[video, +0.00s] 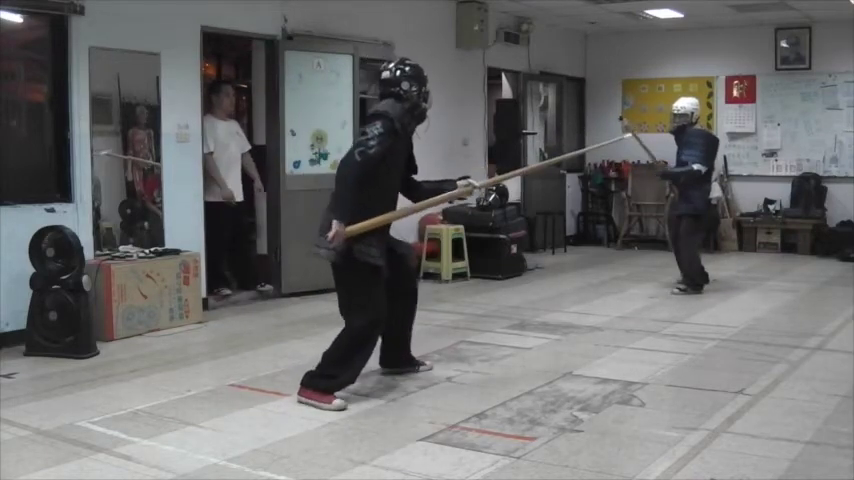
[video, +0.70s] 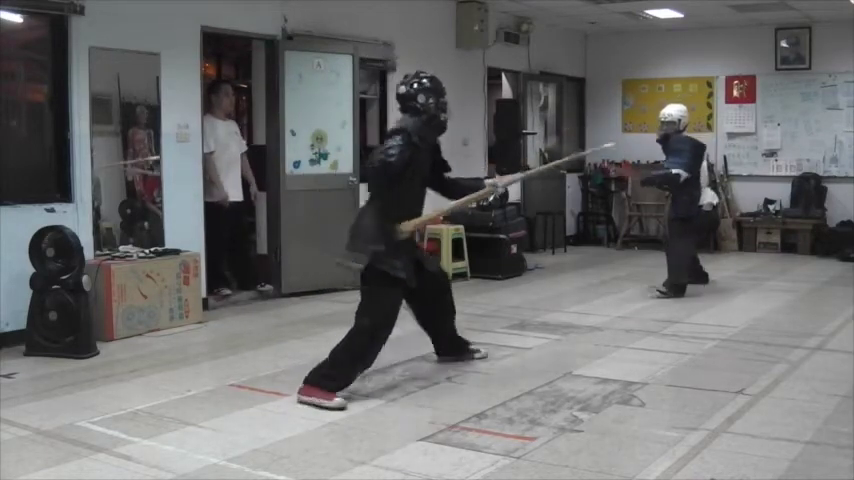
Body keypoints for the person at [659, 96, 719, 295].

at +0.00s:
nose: (676, 120)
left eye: (681, 116)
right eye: (675, 116)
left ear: (692, 117)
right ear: (673, 115)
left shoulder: (698, 137)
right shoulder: (684, 138)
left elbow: (698, 170)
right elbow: (686, 168)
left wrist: (668, 173)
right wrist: (669, 169)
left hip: (695, 196)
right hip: (684, 195)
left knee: (685, 235)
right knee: (678, 234)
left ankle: (694, 281)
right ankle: (693, 275)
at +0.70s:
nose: (665, 128)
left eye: (670, 124)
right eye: (663, 124)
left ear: (680, 125)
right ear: (661, 123)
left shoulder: (686, 144)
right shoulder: (671, 144)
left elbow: (678, 175)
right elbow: (672, 171)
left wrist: (653, 179)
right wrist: (661, 178)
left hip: (690, 200)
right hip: (682, 198)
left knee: (678, 238)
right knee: (678, 236)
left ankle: (676, 285)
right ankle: (696, 273)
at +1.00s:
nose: (662, 134)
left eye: (667, 130)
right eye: (660, 130)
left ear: (678, 131)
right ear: (657, 130)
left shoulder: (680, 150)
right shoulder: (668, 149)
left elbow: (666, 180)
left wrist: (635, 190)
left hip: (686, 207)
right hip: (679, 205)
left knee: (664, 240)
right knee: (668, 240)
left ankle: (672, 285)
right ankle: (689, 275)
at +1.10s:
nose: (659, 134)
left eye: (664, 130)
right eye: (658, 130)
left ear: (675, 132)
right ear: (655, 130)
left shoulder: (676, 151)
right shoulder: (665, 151)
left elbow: (663, 185)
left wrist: (633, 194)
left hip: (684, 208)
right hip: (677, 207)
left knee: (663, 240)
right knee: (669, 241)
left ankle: (671, 287)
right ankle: (690, 276)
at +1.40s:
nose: (637, 147)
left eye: (643, 143)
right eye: (636, 142)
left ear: (655, 145)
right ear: (634, 142)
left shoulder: (661, 166)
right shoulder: (643, 165)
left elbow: (650, 197)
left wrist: (623, 205)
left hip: (678, 214)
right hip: (666, 213)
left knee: (657, 244)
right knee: (677, 243)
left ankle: (658, 293)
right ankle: (693, 273)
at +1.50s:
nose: (633, 151)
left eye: (639, 147)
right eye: (633, 146)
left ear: (652, 150)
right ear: (631, 145)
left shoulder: (657, 169)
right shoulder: (639, 169)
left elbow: (645, 194)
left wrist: (615, 201)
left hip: (678, 218)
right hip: (664, 219)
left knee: (657, 245)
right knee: (678, 257)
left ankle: (657, 294)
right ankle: (709, 273)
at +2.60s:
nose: (639, 120)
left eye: (643, 116)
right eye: (638, 116)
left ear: (655, 117)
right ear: (637, 115)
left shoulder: (660, 137)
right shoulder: (649, 138)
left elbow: (654, 171)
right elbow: (646, 167)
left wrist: (622, 178)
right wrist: (621, 179)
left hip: (670, 195)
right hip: (661, 194)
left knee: (654, 234)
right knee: (648, 233)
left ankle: (664, 282)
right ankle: (656, 276)